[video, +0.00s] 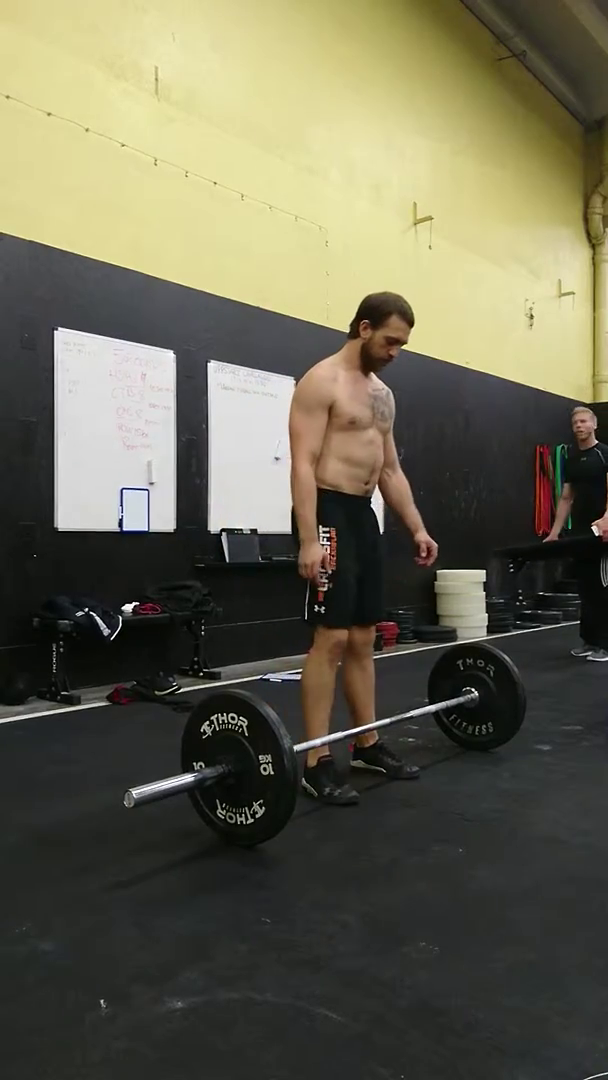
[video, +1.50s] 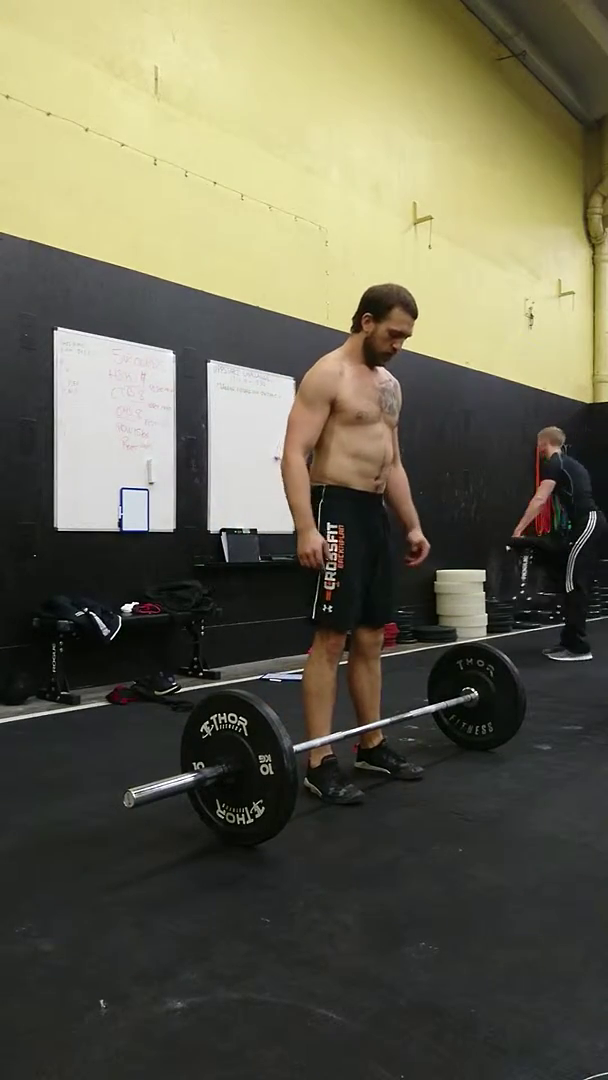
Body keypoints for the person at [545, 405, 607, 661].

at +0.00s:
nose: (580, 426)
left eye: (584, 421)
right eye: (576, 422)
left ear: (594, 424)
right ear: (572, 427)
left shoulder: (603, 453)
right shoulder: (573, 457)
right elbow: (566, 497)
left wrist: (606, 519)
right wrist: (555, 531)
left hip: (601, 531)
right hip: (581, 532)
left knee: (600, 587)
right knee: (587, 587)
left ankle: (604, 645)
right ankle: (591, 641)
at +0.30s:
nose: (559, 432)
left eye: (563, 427)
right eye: (559, 428)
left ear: (578, 427)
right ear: (571, 429)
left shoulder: (600, 455)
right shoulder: (569, 460)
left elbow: (607, 492)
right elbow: (562, 500)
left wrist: (605, 520)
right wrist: (550, 533)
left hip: (598, 532)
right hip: (579, 533)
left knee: (599, 587)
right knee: (586, 588)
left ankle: (603, 645)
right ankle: (590, 641)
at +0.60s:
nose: (557, 436)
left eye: (559, 431)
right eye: (556, 432)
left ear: (574, 431)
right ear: (568, 432)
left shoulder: (597, 454)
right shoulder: (570, 460)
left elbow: (607, 489)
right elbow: (567, 502)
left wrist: (605, 519)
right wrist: (554, 535)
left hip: (598, 532)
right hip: (580, 532)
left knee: (598, 587)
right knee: (585, 586)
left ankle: (604, 645)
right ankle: (591, 641)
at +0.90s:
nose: (562, 432)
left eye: (565, 427)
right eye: (562, 427)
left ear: (579, 429)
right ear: (575, 429)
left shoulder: (596, 453)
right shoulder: (573, 455)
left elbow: (598, 489)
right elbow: (577, 493)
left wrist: (584, 520)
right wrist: (573, 520)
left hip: (599, 531)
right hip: (583, 530)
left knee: (597, 584)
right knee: (578, 583)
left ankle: (603, 644)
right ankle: (587, 638)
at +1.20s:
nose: (557, 431)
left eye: (561, 428)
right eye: (558, 428)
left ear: (573, 431)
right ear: (573, 431)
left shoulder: (580, 455)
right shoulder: (575, 454)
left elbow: (569, 492)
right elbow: (572, 494)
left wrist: (546, 521)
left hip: (594, 521)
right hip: (582, 521)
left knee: (591, 580)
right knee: (576, 582)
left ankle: (604, 646)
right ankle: (570, 643)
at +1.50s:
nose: (538, 450)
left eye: (539, 445)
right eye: (538, 446)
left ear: (546, 444)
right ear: (560, 445)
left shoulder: (555, 462)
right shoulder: (571, 463)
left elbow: (539, 499)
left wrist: (520, 527)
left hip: (587, 521)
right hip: (590, 520)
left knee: (573, 578)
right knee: (575, 579)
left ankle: (576, 645)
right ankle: (572, 641)